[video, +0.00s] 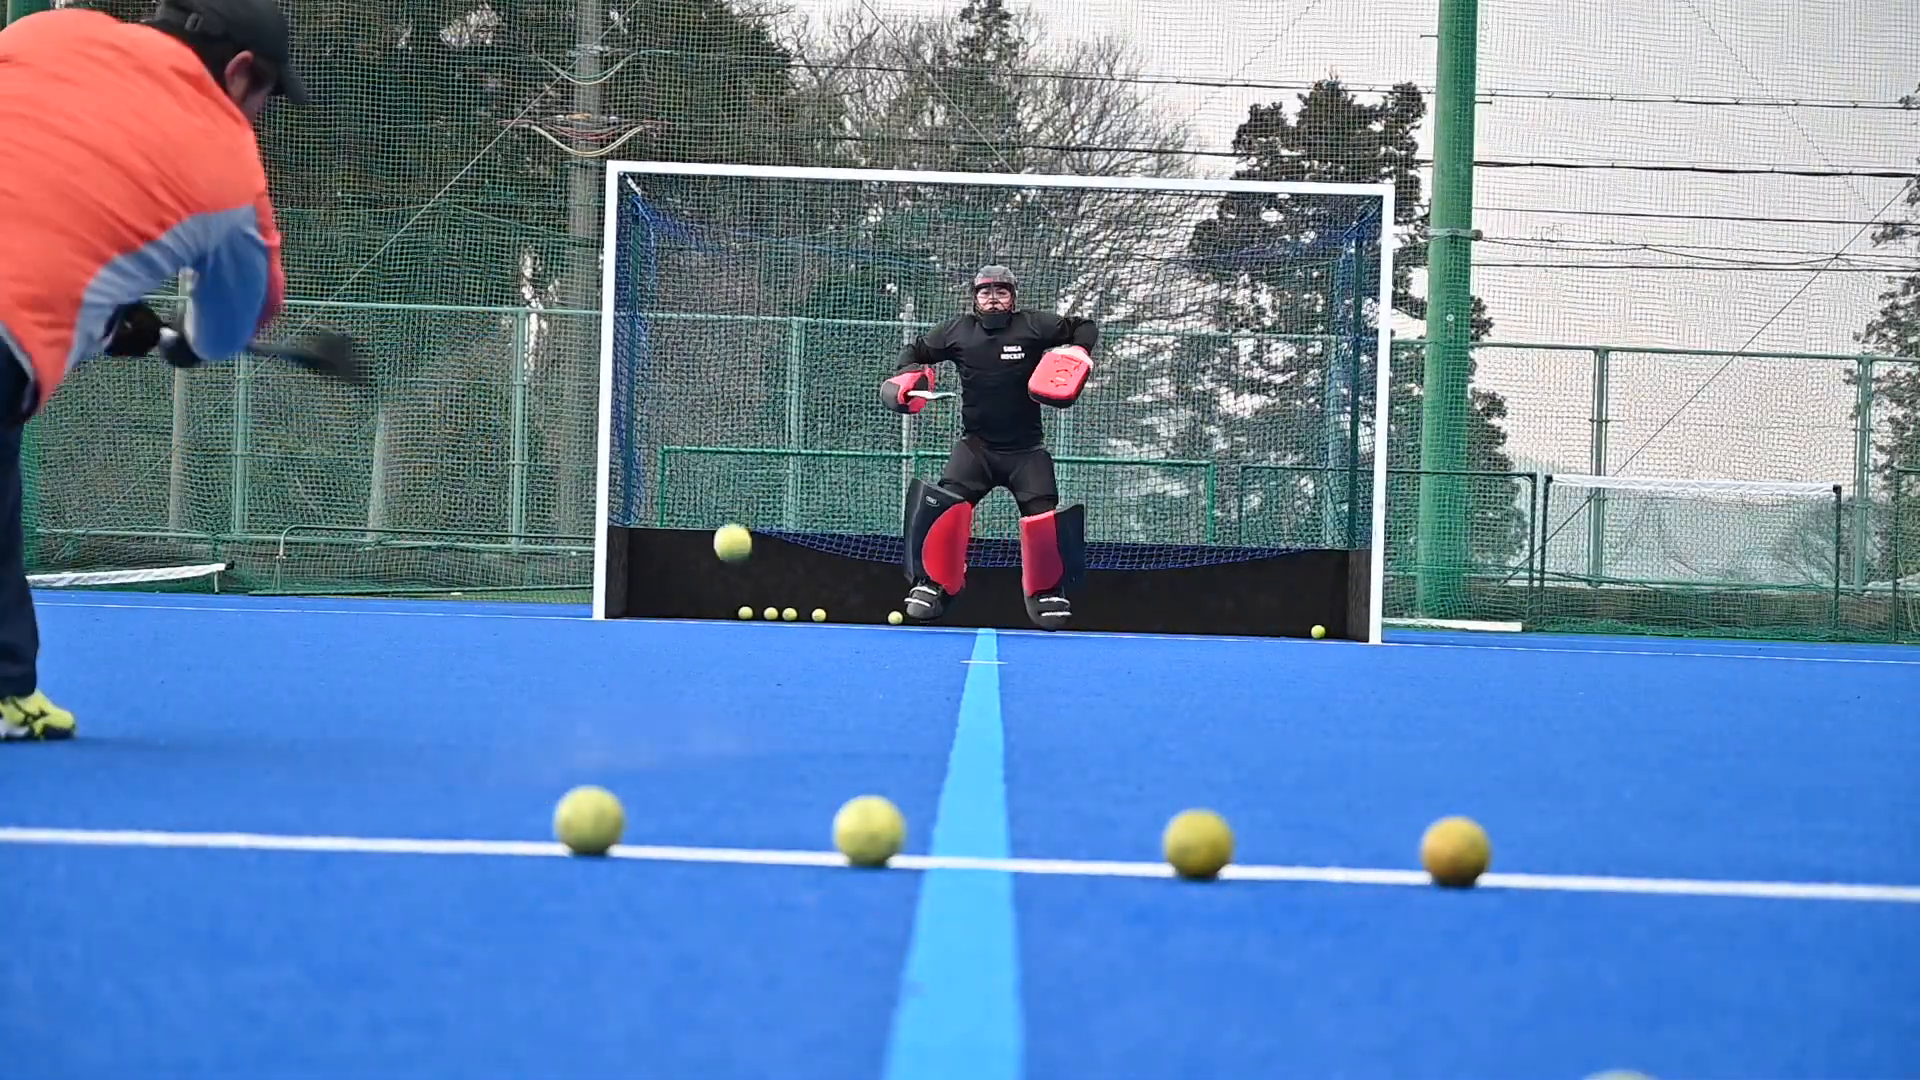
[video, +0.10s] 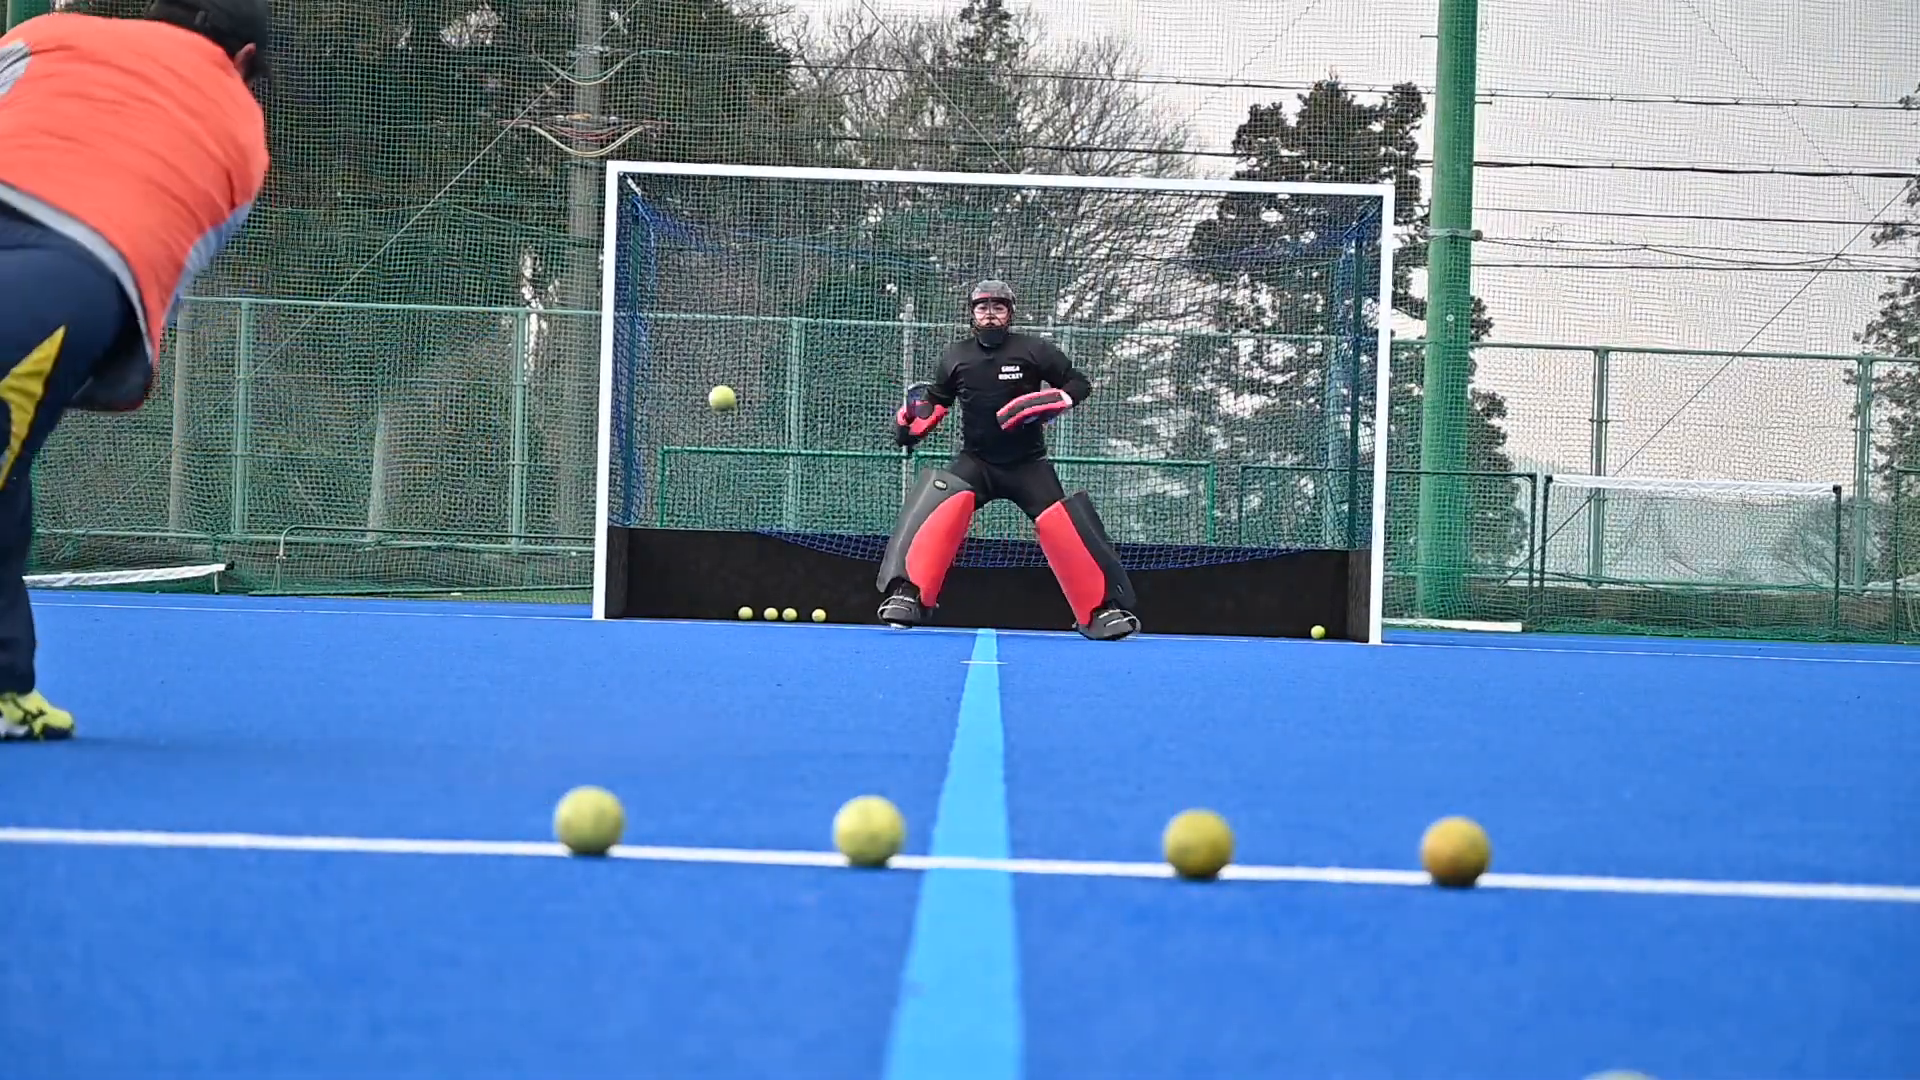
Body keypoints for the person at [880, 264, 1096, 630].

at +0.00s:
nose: (994, 298)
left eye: (1001, 291)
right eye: (986, 291)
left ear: (1013, 297)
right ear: (975, 297)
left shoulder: (1034, 325)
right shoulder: (957, 332)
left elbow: (1086, 328)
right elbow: (916, 352)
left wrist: (1076, 355)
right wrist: (905, 380)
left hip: (1026, 449)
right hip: (976, 447)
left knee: (1042, 515)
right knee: (945, 504)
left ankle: (1046, 594)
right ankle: (931, 587)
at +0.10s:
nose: (990, 314)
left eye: (998, 307)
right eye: (982, 307)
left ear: (1011, 313)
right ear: (971, 314)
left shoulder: (1036, 351)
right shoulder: (957, 357)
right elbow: (935, 399)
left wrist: (1056, 399)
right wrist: (911, 423)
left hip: (1028, 464)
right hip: (974, 463)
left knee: (1063, 526)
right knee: (939, 511)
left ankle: (1098, 612)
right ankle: (909, 596)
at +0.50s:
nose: (828, 329)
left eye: (838, 322)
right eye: (824, 322)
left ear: (859, 322)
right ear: (817, 326)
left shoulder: (874, 352)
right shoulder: (811, 368)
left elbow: (919, 348)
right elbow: (780, 404)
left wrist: (866, 335)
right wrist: (731, 393)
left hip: (903, 452)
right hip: (862, 478)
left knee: (929, 505)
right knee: (838, 531)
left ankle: (1015, 577)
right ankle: (919, 605)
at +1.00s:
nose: (668, 307)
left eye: (666, 303)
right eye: (669, 302)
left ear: (653, 312)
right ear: (688, 311)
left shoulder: (649, 343)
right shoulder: (716, 349)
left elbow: (631, 394)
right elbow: (739, 408)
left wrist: (588, 434)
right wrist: (757, 465)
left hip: (668, 451)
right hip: (715, 459)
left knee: (616, 520)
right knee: (694, 539)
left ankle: (575, 596)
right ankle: (708, 590)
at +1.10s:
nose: (631, 301)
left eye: (626, 297)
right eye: (642, 294)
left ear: (620, 303)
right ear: (657, 300)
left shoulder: (612, 340)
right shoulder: (689, 337)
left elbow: (583, 396)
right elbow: (712, 395)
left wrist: (547, 433)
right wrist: (733, 439)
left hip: (627, 460)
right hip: (679, 462)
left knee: (590, 531)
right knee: (679, 537)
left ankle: (559, 602)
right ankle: (691, 564)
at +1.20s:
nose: (626, 293)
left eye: (606, 289)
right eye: (629, 288)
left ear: (596, 297)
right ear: (633, 292)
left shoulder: (582, 335)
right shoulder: (662, 330)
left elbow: (553, 392)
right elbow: (685, 389)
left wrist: (520, 434)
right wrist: (717, 425)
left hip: (603, 453)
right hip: (654, 455)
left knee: (579, 527)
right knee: (661, 526)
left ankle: (558, 599)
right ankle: (658, 564)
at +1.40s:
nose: (619, 284)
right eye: (617, 278)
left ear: (575, 282)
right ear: (612, 280)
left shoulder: (550, 322)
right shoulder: (624, 317)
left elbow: (545, 380)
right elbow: (642, 375)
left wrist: (554, 398)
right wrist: (684, 391)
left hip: (579, 444)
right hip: (629, 441)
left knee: (568, 522)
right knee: (653, 502)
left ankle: (554, 599)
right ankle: (668, 581)